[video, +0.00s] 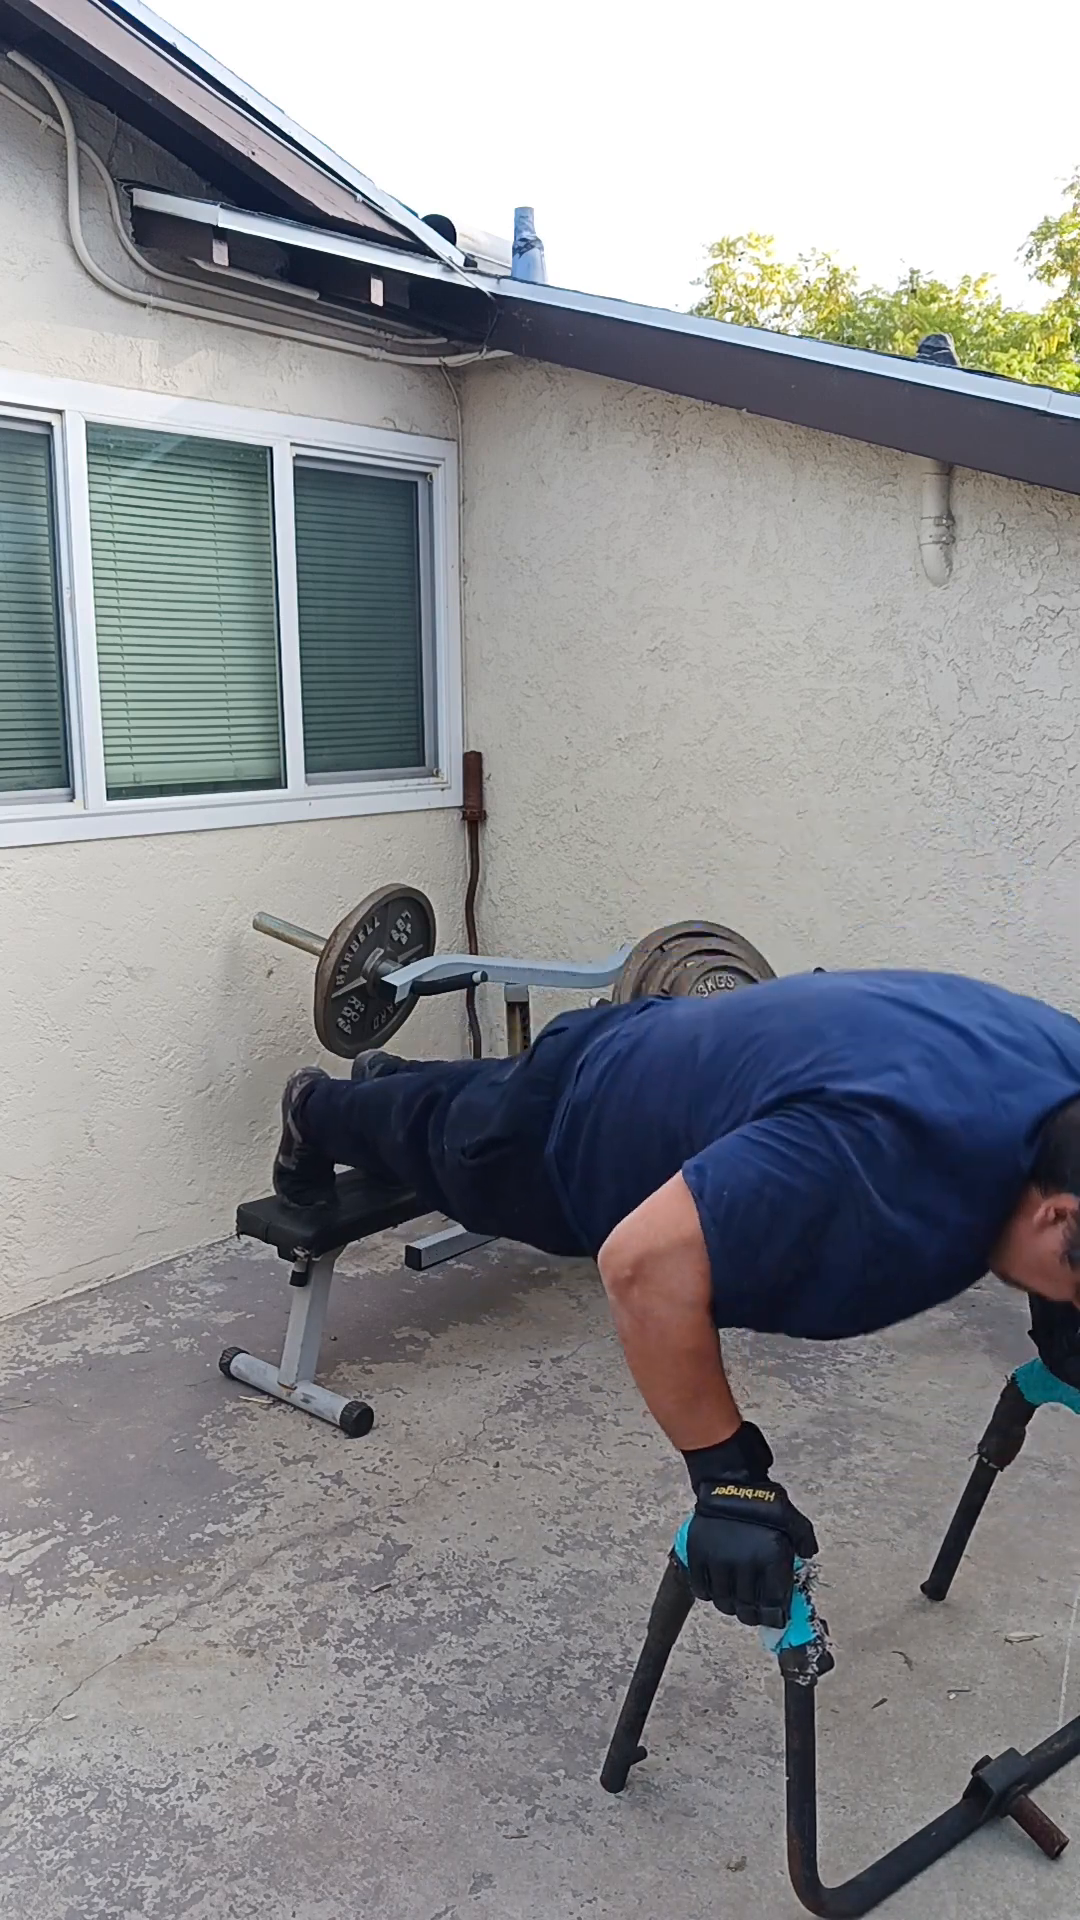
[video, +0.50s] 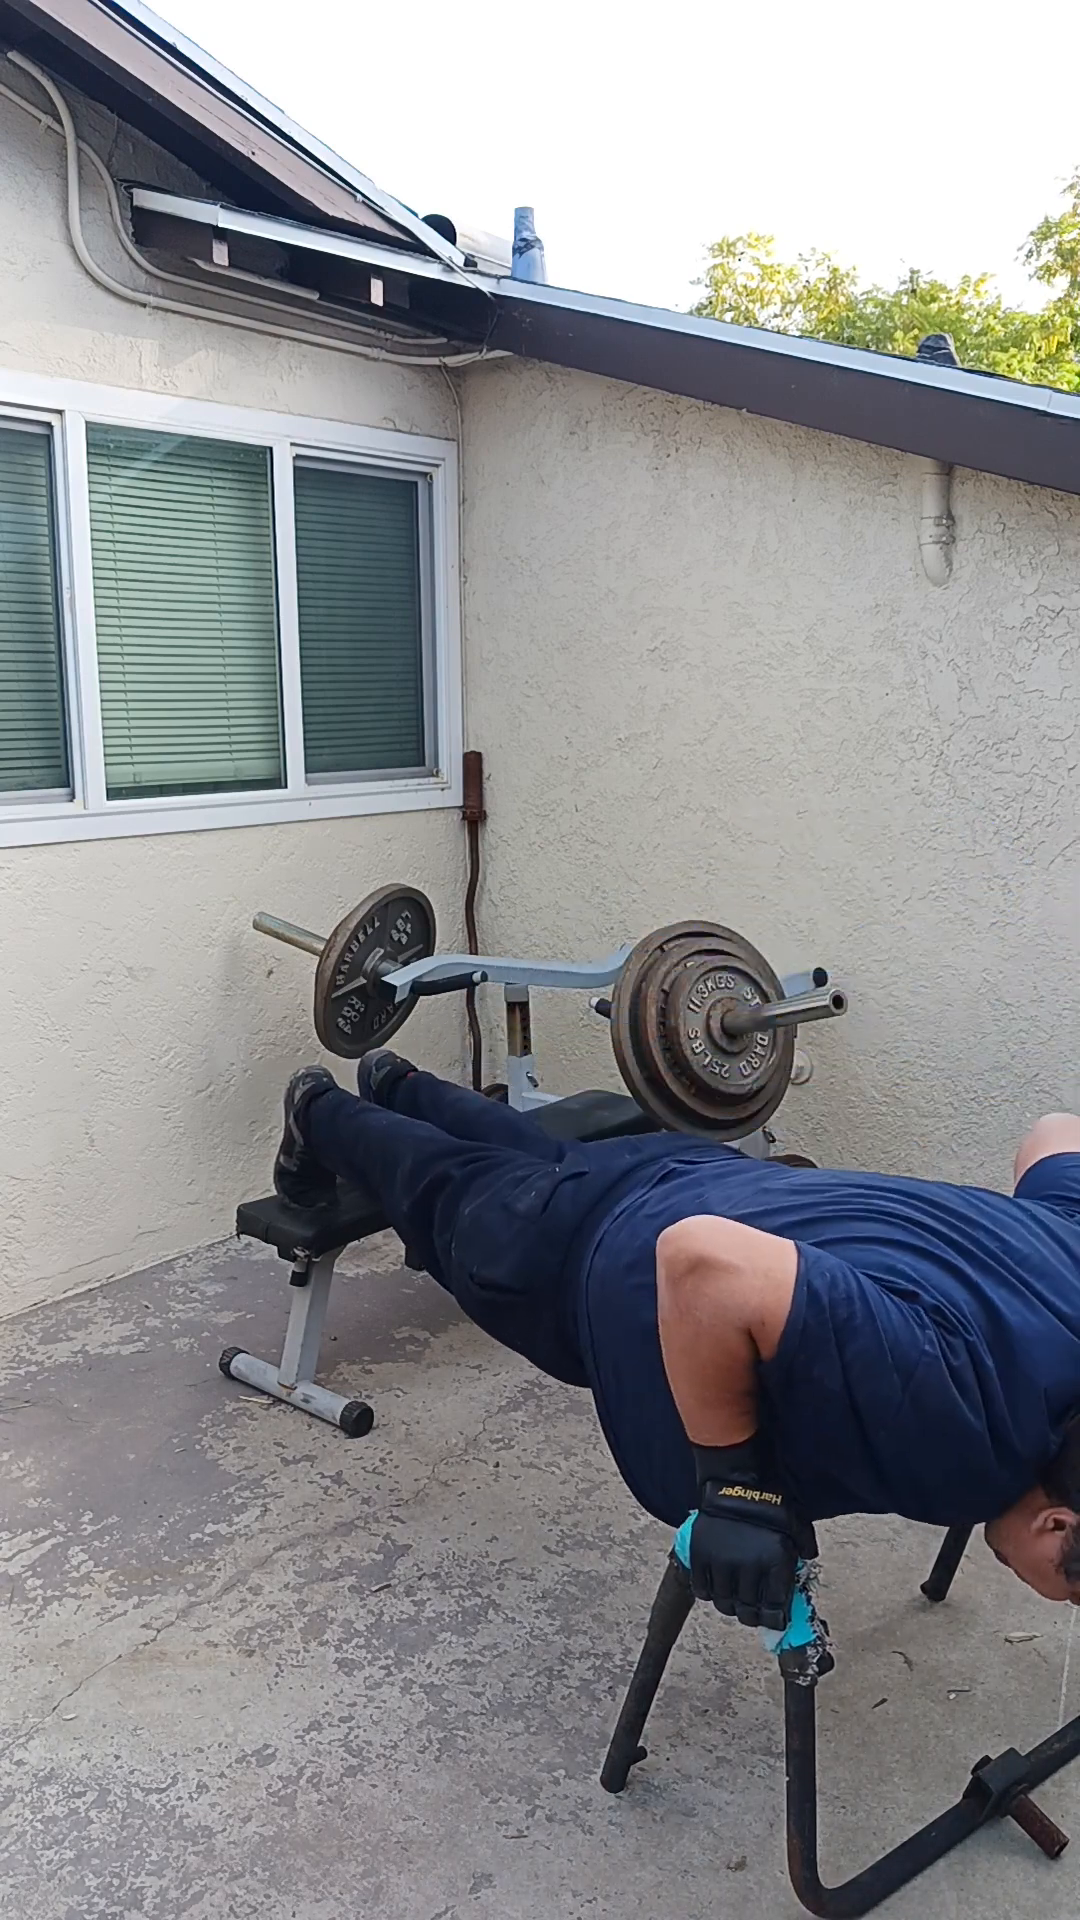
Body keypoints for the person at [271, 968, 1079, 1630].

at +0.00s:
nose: (1045, 1302)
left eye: (1064, 1299)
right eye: (1061, 1286)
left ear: (1063, 1210)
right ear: (1055, 1222)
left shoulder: (1068, 1070)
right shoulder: (880, 1160)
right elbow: (644, 1267)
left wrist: (1052, 1308)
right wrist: (731, 1480)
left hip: (696, 1031)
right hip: (594, 1106)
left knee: (496, 1105)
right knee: (438, 1121)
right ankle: (317, 1111)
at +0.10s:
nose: (1050, 1385)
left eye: (1066, 1379)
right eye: (1066, 1370)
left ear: (1067, 1301)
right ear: (1057, 1308)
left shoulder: (1075, 1132)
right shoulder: (898, 1244)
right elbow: (643, 1277)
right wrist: (731, 1484)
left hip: (704, 1070)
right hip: (601, 1146)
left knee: (524, 1099)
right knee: (442, 1132)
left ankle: (389, 1088)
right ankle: (316, 1107)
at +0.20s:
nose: (1049, 1454)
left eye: (1064, 1448)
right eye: (1068, 1443)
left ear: (1068, 1387)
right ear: (1062, 1391)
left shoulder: (1079, 1184)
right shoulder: (905, 1294)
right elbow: (653, 1277)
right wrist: (731, 1484)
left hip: (706, 1101)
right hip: (598, 1185)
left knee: (529, 1122)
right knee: (443, 1156)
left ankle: (392, 1082)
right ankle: (317, 1106)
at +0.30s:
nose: (1049, 1520)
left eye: (1062, 1515)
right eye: (1065, 1511)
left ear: (1065, 1451)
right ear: (1061, 1456)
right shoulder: (919, 1349)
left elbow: (1061, 1131)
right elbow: (667, 1272)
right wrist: (731, 1486)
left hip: (713, 1132)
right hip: (603, 1208)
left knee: (536, 1128)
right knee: (447, 1177)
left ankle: (392, 1082)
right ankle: (320, 1108)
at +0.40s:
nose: (1046, 1557)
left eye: (1062, 1556)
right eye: (1065, 1545)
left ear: (1068, 1485)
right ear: (1060, 1487)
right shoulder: (934, 1377)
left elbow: (1059, 1131)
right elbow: (686, 1271)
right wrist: (733, 1486)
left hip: (715, 1156)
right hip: (622, 1223)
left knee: (538, 1144)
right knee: (452, 1190)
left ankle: (397, 1084)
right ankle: (324, 1112)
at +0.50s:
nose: (1029, 1586)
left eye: (1045, 1588)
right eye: (1046, 1582)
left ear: (1063, 1517)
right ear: (1057, 1525)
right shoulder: (944, 1400)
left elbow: (1058, 1133)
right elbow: (701, 1272)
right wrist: (734, 1488)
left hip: (713, 1165)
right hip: (633, 1236)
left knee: (538, 1156)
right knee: (457, 1197)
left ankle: (393, 1084)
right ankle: (325, 1112)